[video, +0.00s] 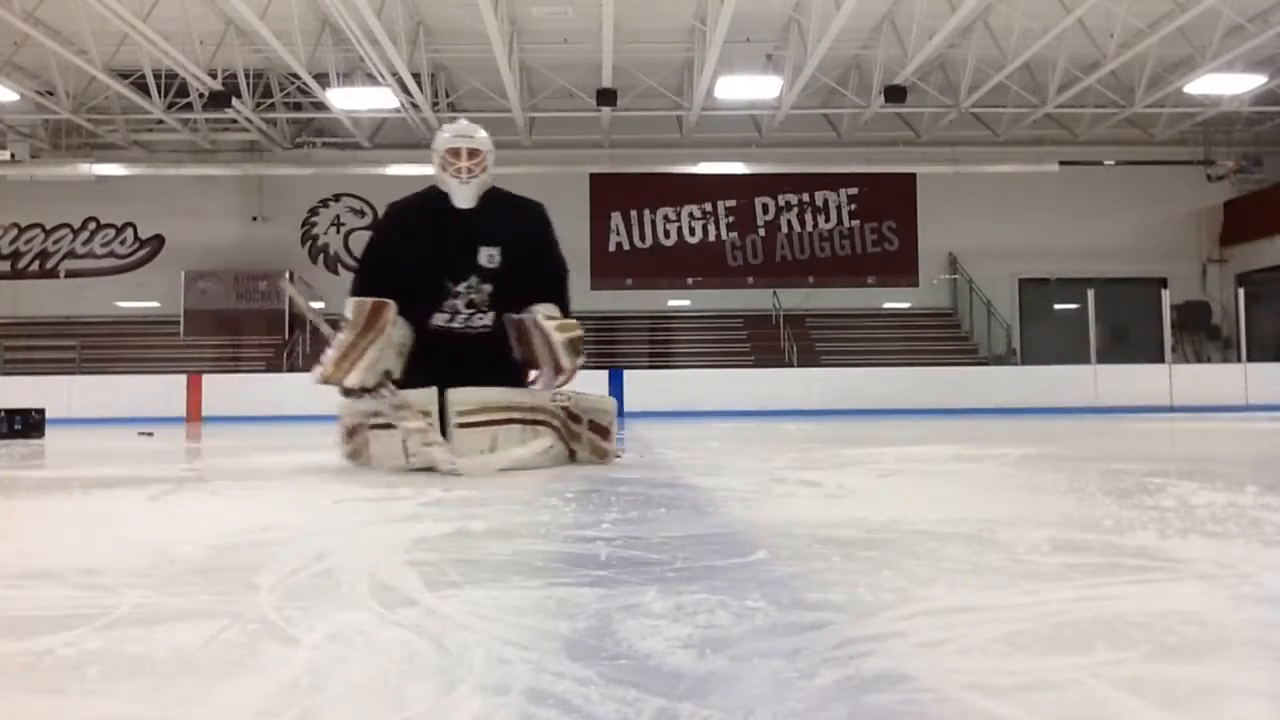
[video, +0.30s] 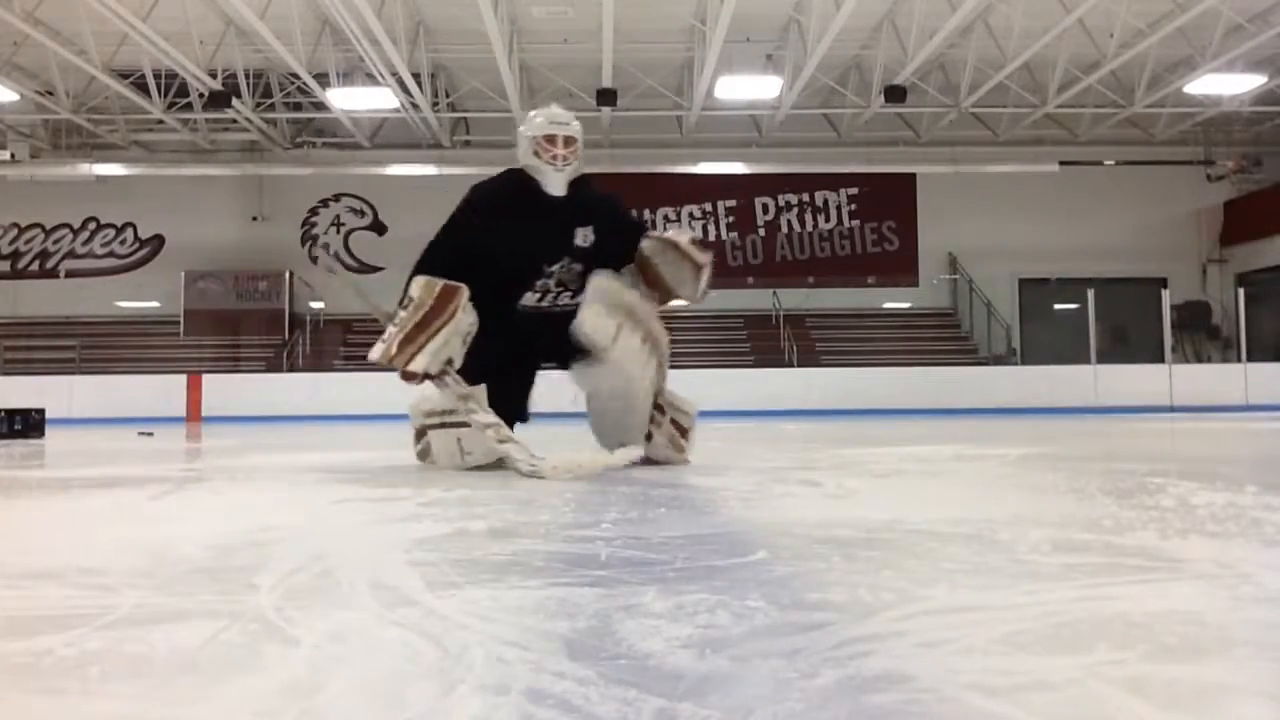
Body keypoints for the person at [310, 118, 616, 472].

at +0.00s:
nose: (464, 165)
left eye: (474, 155)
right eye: (453, 156)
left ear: (488, 160)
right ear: (437, 161)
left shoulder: (525, 217)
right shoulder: (404, 217)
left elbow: (550, 298)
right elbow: (370, 302)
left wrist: (549, 352)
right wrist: (366, 364)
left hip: (502, 383)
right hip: (422, 384)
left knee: (504, 500)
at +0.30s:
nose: (560, 153)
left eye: (569, 144)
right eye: (549, 143)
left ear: (580, 149)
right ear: (528, 147)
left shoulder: (597, 203)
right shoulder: (492, 199)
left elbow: (635, 257)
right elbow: (439, 264)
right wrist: (417, 333)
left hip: (574, 328)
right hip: (501, 332)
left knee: (625, 352)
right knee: (488, 435)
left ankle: (637, 437)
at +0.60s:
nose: (628, 120)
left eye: (638, 111)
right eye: (617, 109)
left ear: (651, 118)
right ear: (597, 115)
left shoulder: (671, 176)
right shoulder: (560, 164)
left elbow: (692, 242)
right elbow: (494, 220)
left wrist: (721, 263)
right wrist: (456, 288)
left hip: (619, 295)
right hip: (543, 292)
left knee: (672, 337)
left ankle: (645, 431)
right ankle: (492, 424)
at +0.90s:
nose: (571, 43)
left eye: (583, 32)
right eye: (559, 31)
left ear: (599, 41)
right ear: (542, 37)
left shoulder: (635, 104)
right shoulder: (500, 101)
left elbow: (680, 179)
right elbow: (430, 181)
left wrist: (687, 211)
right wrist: (387, 259)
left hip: (602, 250)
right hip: (509, 247)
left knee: (659, 332)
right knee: (528, 327)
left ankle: (683, 435)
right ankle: (448, 436)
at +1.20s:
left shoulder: (659, 56)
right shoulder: (500, 45)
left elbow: (680, 145)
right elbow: (442, 162)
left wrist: (733, 164)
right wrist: (409, 246)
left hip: (604, 204)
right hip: (506, 204)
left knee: (672, 297)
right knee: (521, 311)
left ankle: (735, 431)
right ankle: (412, 425)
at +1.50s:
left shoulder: (691, 34)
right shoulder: (530, 28)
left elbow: (716, 122)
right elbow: (481, 136)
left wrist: (765, 144)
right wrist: (462, 238)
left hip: (646, 201)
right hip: (549, 204)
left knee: (711, 308)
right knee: (513, 324)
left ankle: (779, 428)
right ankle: (417, 426)